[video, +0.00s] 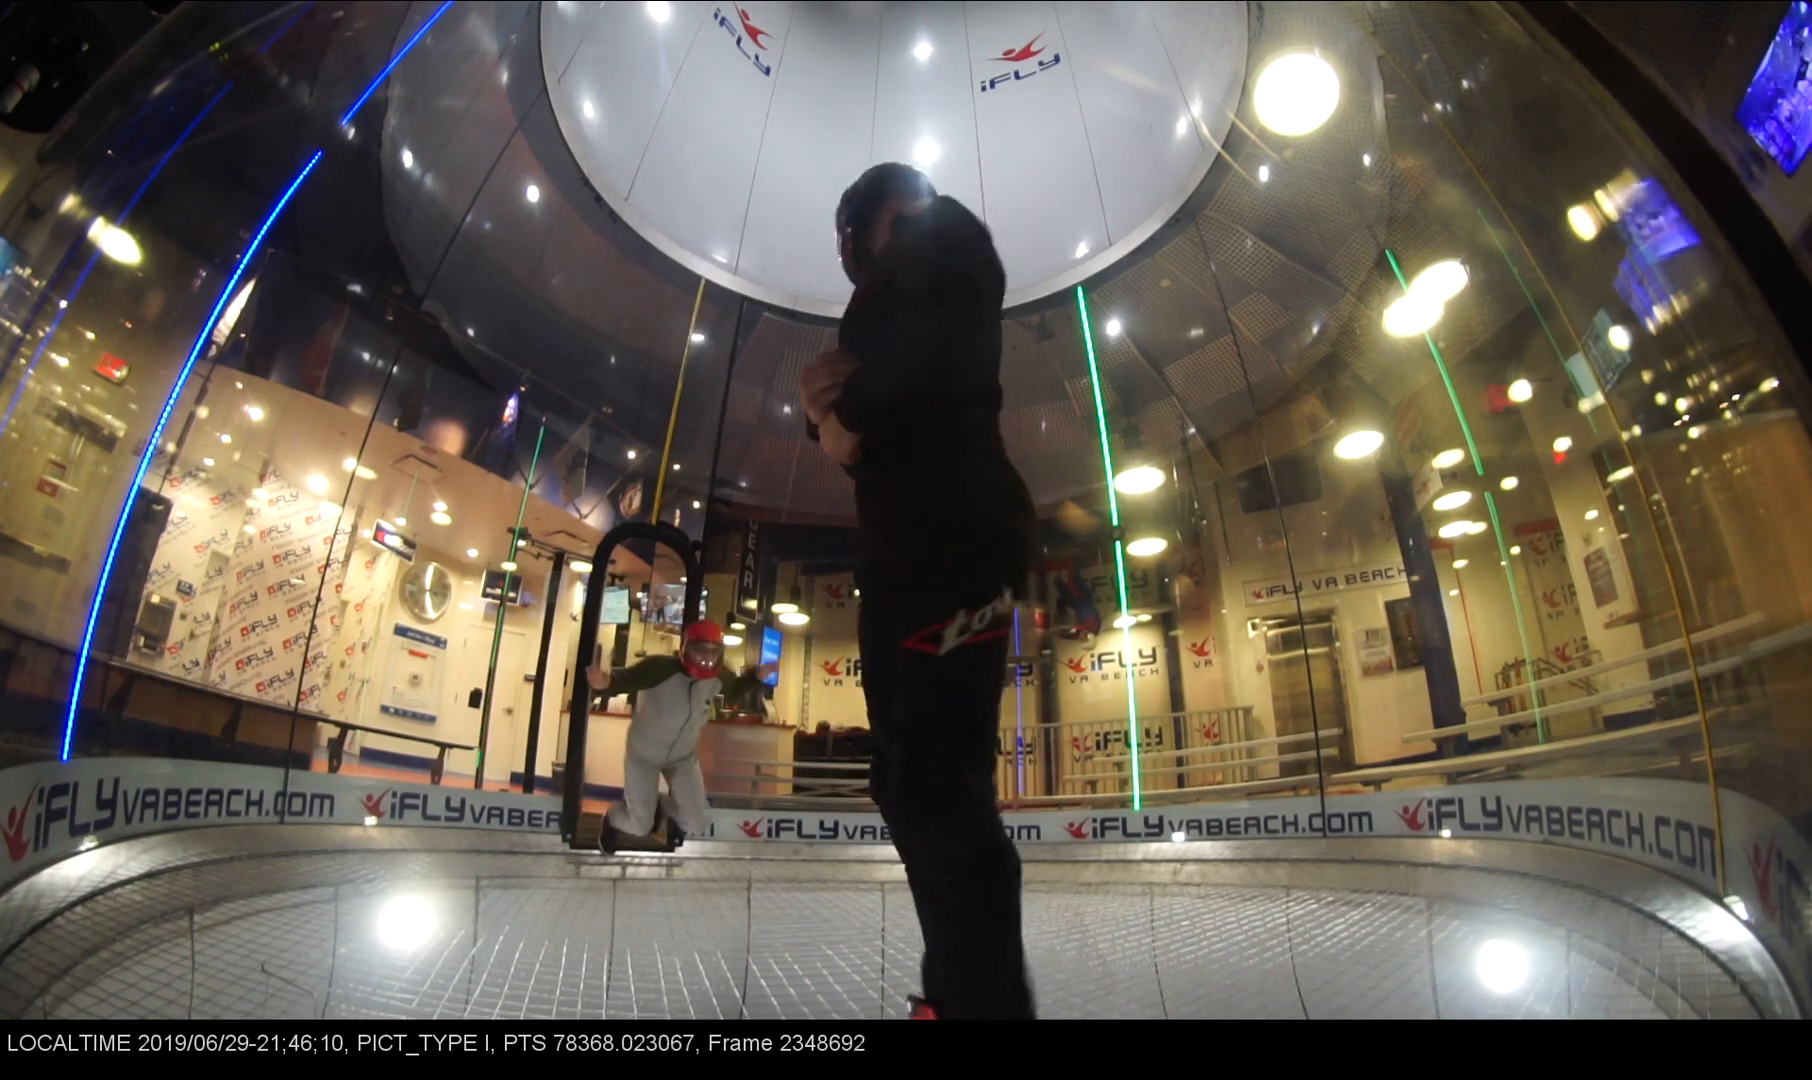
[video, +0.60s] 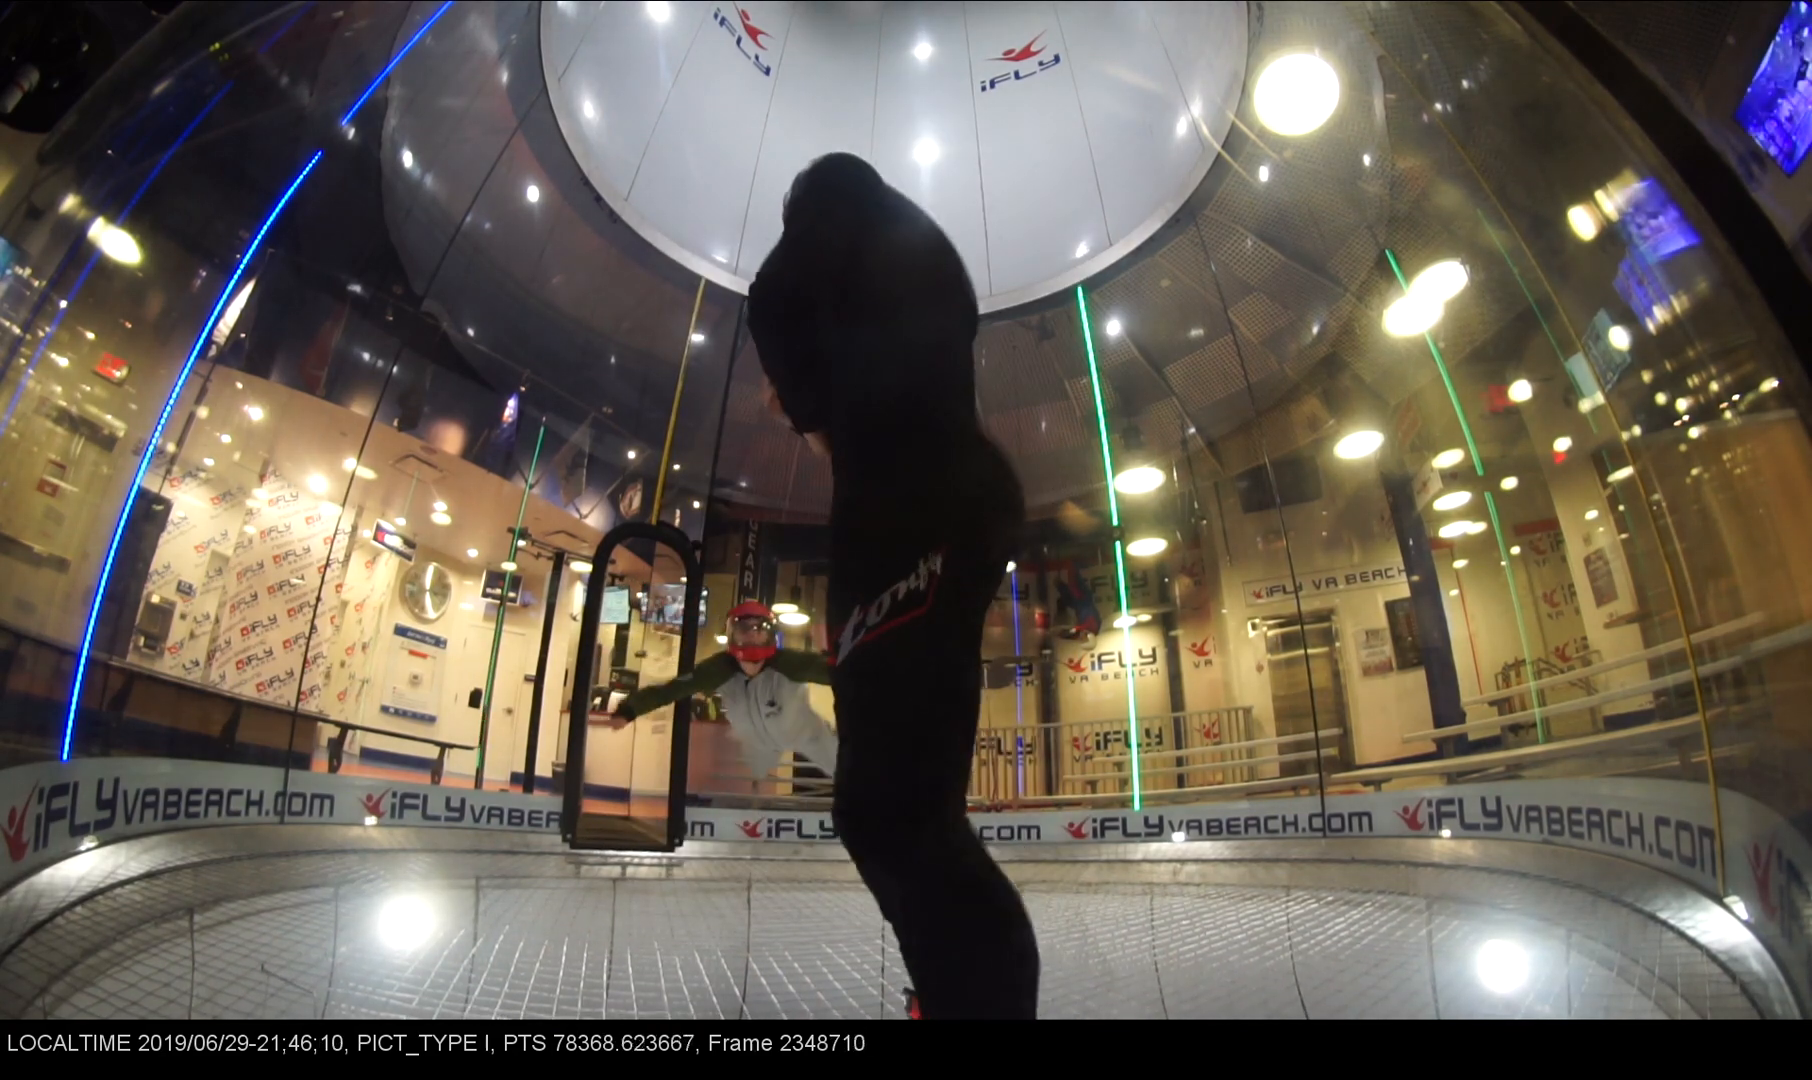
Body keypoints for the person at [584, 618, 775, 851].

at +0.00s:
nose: (706, 657)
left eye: (713, 652)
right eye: (700, 650)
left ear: (720, 654)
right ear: (686, 648)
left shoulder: (716, 678)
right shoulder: (661, 668)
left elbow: (734, 689)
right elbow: (627, 679)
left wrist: (755, 676)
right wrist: (605, 683)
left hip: (683, 760)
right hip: (643, 759)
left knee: (695, 825)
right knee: (642, 826)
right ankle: (612, 819)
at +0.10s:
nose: (714, 655)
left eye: (721, 649)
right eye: (707, 647)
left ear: (728, 652)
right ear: (693, 646)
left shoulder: (732, 675)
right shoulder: (670, 671)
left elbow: (764, 689)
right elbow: (634, 680)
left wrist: (784, 668)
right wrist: (609, 679)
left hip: (698, 758)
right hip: (654, 759)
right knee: (642, 821)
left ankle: (687, 803)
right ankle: (614, 821)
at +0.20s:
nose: (722, 646)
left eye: (729, 640)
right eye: (715, 639)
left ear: (737, 643)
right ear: (701, 640)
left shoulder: (743, 669)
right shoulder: (677, 664)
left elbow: (790, 681)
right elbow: (630, 676)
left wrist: (808, 652)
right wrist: (606, 667)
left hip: (722, 756)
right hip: (674, 759)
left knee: (761, 809)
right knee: (654, 815)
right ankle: (620, 820)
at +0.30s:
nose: (730, 637)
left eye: (737, 630)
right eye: (723, 629)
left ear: (746, 635)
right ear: (708, 632)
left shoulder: (756, 660)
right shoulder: (686, 660)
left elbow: (803, 671)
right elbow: (640, 668)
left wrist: (815, 644)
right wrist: (616, 658)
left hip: (745, 753)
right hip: (694, 757)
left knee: (785, 807)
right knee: (675, 812)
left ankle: (784, 767)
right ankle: (648, 801)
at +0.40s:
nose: (739, 632)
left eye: (746, 625)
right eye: (731, 625)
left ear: (754, 630)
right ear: (717, 629)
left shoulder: (764, 657)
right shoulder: (698, 657)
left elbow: (810, 668)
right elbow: (659, 669)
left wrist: (841, 668)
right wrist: (619, 670)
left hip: (767, 750)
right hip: (714, 756)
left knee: (814, 800)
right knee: (700, 816)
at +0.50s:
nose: (746, 633)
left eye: (753, 625)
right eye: (739, 625)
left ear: (764, 631)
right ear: (724, 630)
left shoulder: (777, 659)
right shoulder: (709, 664)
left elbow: (826, 670)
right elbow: (665, 682)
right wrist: (616, 693)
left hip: (789, 744)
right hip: (737, 755)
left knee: (828, 787)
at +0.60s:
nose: (751, 634)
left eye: (759, 627)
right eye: (743, 627)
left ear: (770, 634)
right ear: (731, 633)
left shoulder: (787, 662)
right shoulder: (721, 668)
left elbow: (837, 672)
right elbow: (678, 687)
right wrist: (629, 710)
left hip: (808, 736)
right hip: (761, 745)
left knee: (848, 774)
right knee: (758, 786)